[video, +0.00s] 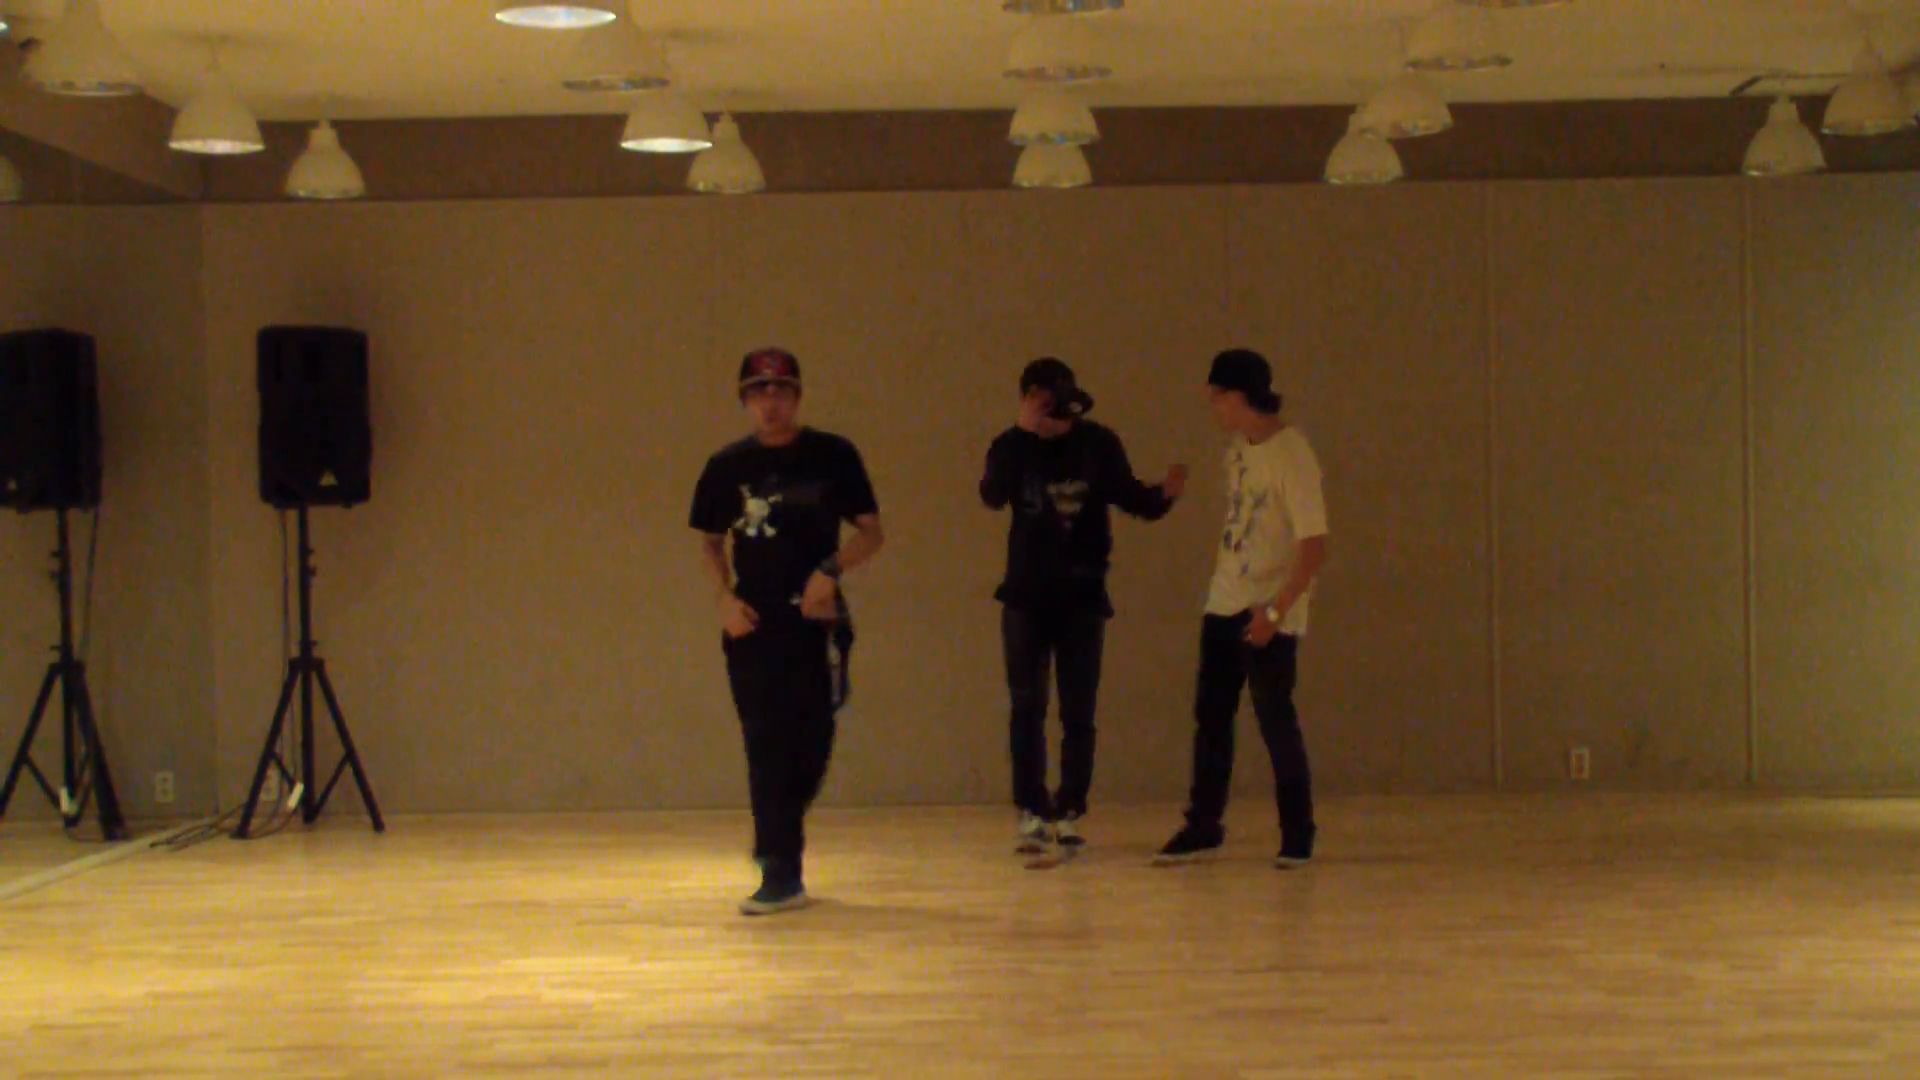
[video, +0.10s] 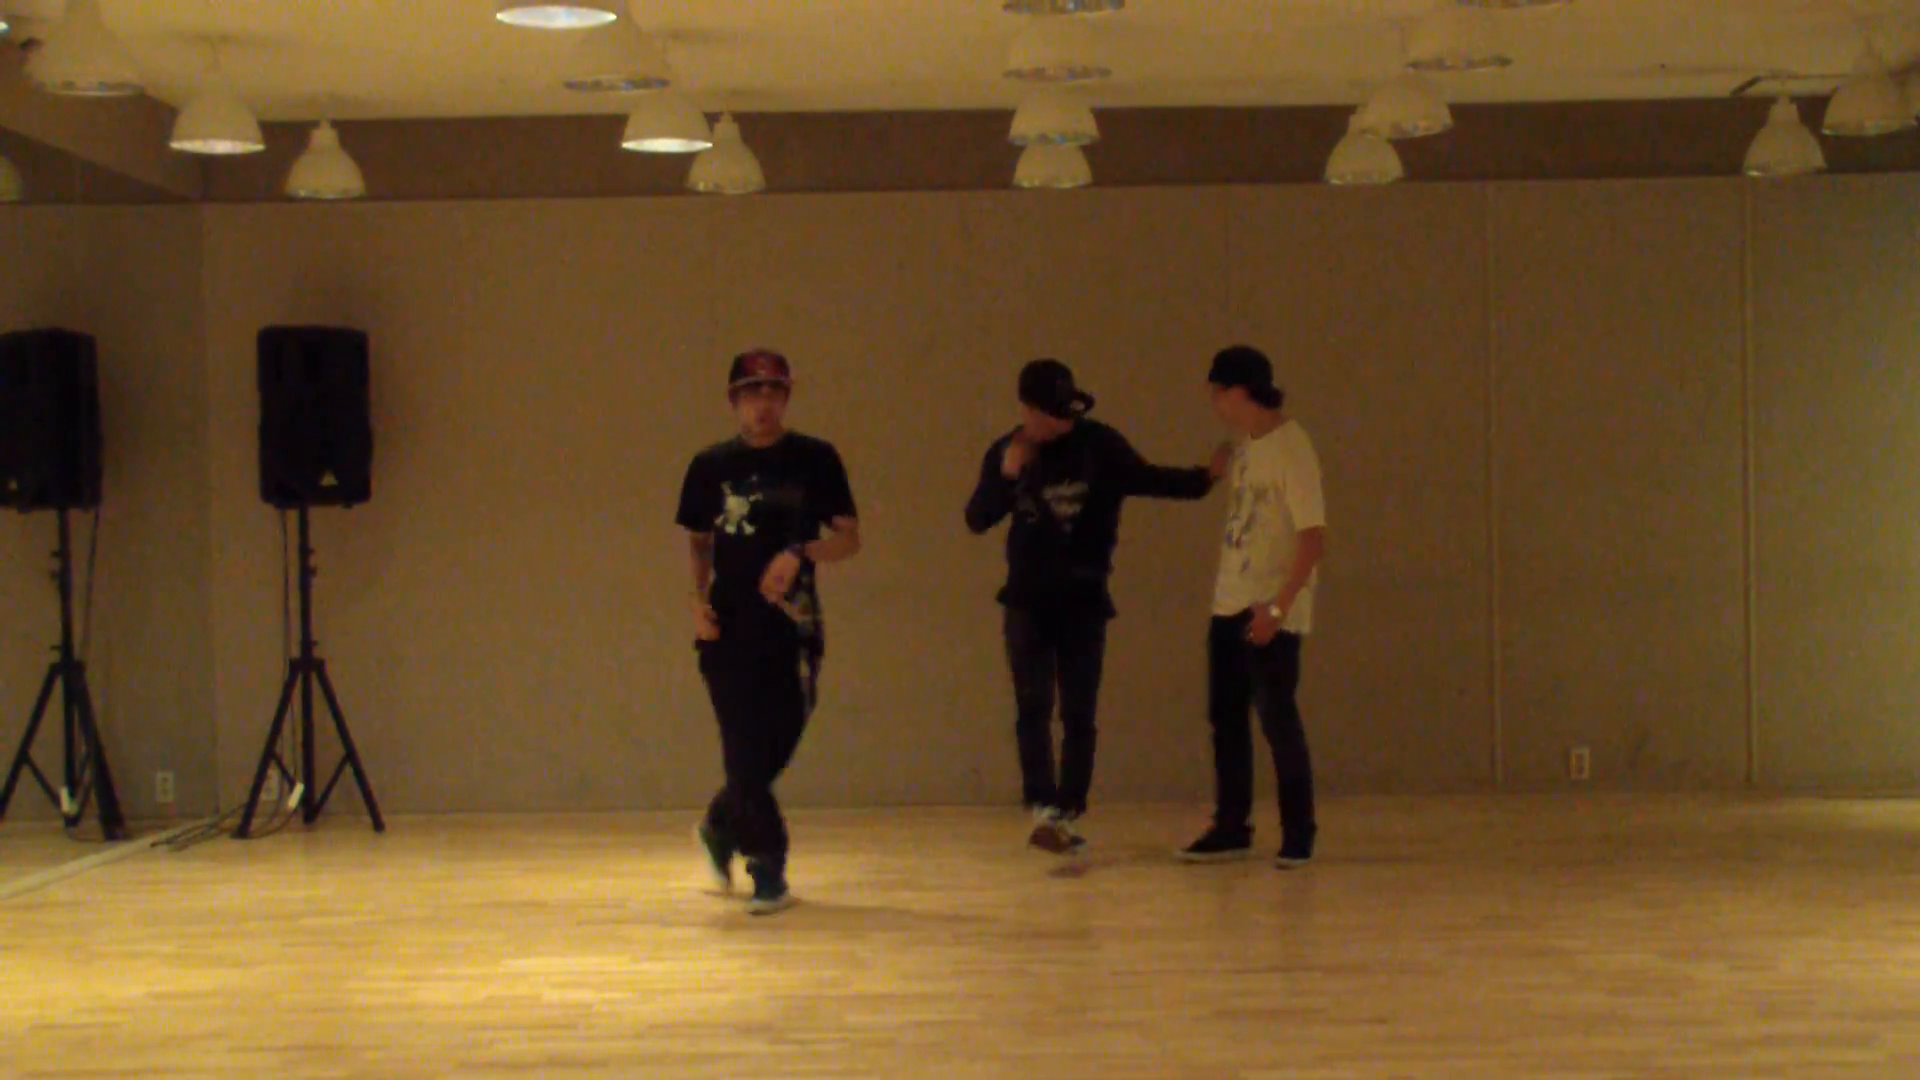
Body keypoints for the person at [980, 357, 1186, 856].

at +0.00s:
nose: (1043, 414)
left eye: (1052, 405)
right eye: (1037, 404)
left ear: (1067, 403)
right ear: (1025, 400)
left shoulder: (1097, 443)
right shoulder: (1011, 446)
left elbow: (1132, 500)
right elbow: (993, 497)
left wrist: (1164, 495)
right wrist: (1023, 433)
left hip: (1082, 596)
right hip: (1027, 595)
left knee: (1078, 712)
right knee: (1027, 706)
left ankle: (1069, 814)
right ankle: (1031, 812)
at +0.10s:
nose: (1027, 422)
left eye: (1036, 415)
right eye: (1029, 412)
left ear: (1059, 414)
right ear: (1026, 409)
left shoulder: (1100, 446)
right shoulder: (1008, 453)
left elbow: (1145, 479)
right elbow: (977, 521)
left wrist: (1203, 479)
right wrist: (1006, 475)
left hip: (1083, 599)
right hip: (1028, 599)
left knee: (1078, 711)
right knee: (1033, 705)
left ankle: (1070, 815)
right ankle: (1042, 809)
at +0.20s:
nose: (1062, 424)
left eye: (1064, 414)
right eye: (1053, 416)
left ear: (1066, 410)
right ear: (1027, 411)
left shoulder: (1098, 445)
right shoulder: (1004, 457)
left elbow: (1158, 473)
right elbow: (975, 529)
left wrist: (1230, 475)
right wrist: (985, 531)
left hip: (1085, 600)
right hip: (1030, 602)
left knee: (1079, 712)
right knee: (1039, 707)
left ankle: (1069, 816)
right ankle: (1054, 814)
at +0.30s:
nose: (1045, 436)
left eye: (1052, 426)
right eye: (1036, 427)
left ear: (1062, 412)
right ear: (1017, 417)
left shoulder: (1095, 446)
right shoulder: (1001, 463)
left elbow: (1158, 475)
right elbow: (987, 520)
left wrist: (1225, 480)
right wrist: (981, 569)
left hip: (1089, 604)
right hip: (1033, 606)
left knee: (1082, 715)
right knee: (1045, 714)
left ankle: (1070, 814)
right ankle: (1062, 831)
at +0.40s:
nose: (1036, 441)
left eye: (1043, 431)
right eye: (1027, 432)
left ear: (1054, 417)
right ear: (1008, 422)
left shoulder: (1087, 443)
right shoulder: (995, 471)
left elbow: (1144, 470)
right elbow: (985, 540)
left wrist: (1209, 479)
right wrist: (979, 606)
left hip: (1091, 607)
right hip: (1034, 611)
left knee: (1094, 725)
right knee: (1042, 722)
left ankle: (1071, 801)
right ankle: (1063, 834)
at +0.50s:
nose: (1033, 426)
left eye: (1042, 416)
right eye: (1025, 415)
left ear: (1054, 409)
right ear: (1006, 406)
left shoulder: (1081, 435)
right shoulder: (988, 464)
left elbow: (1131, 469)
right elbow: (980, 543)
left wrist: (1176, 489)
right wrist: (982, 619)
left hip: (1090, 600)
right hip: (1032, 606)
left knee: (1101, 716)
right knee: (1046, 724)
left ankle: (1090, 805)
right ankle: (1064, 833)